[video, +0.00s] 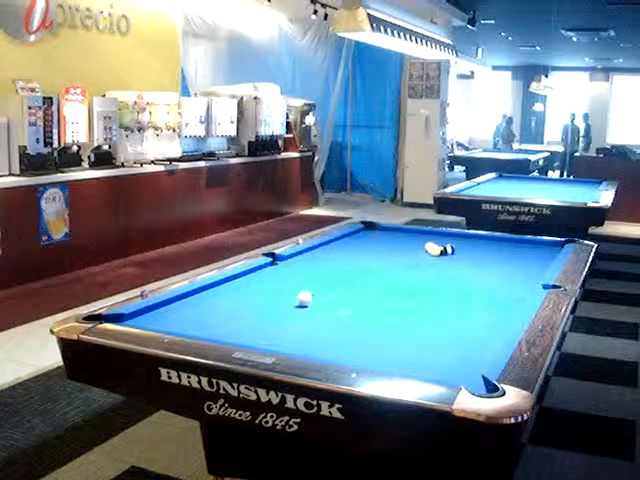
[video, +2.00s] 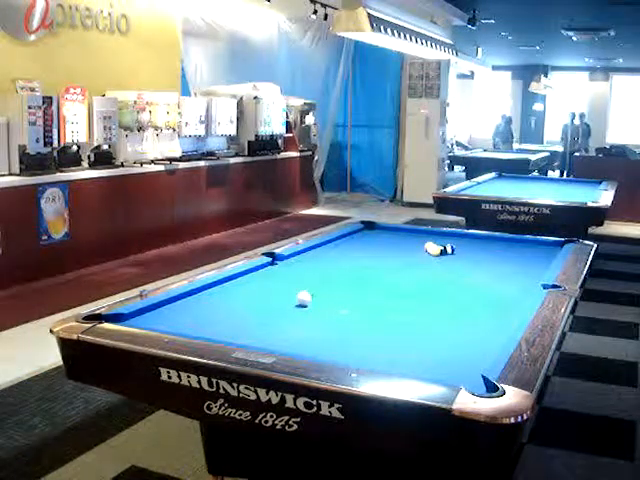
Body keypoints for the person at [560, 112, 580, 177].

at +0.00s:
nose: (572, 119)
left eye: (573, 117)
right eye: (572, 117)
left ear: (575, 118)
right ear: (569, 117)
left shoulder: (577, 128)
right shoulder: (565, 126)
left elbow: (578, 137)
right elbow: (562, 136)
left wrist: (577, 146)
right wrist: (563, 144)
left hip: (573, 147)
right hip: (566, 147)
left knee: (571, 162)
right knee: (563, 161)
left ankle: (569, 174)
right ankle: (561, 174)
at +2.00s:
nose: (572, 117)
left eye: (573, 116)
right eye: (571, 116)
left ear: (574, 117)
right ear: (569, 116)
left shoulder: (576, 127)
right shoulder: (565, 126)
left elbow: (578, 136)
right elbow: (563, 134)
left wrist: (577, 144)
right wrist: (562, 141)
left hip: (572, 145)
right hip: (565, 145)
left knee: (571, 159)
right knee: (563, 159)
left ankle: (569, 172)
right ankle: (561, 172)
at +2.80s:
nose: (572, 119)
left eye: (574, 117)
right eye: (571, 117)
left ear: (576, 118)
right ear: (570, 117)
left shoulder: (578, 126)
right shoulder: (566, 126)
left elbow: (580, 135)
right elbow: (563, 135)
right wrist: (563, 142)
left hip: (574, 146)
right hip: (566, 145)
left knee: (571, 160)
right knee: (563, 159)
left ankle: (569, 173)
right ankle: (561, 173)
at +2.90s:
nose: (572, 119)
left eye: (574, 117)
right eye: (571, 117)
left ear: (576, 117)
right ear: (570, 117)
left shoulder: (577, 126)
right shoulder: (566, 125)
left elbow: (580, 134)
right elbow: (563, 134)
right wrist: (563, 141)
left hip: (574, 145)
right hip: (566, 145)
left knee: (571, 159)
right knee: (563, 158)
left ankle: (569, 173)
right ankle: (561, 173)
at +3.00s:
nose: (572, 119)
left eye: (574, 117)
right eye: (571, 117)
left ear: (575, 117)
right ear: (570, 117)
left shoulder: (577, 126)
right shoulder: (566, 125)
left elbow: (579, 135)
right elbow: (563, 134)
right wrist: (563, 141)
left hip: (574, 146)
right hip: (566, 145)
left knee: (571, 159)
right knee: (563, 159)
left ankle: (569, 173)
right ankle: (561, 172)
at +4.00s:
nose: (571, 119)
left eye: (572, 117)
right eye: (570, 117)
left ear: (574, 117)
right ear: (568, 117)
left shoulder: (576, 126)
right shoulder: (565, 125)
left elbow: (578, 135)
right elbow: (563, 134)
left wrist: (577, 143)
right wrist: (562, 142)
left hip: (573, 145)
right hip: (566, 145)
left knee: (571, 160)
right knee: (563, 160)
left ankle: (570, 173)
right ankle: (562, 173)